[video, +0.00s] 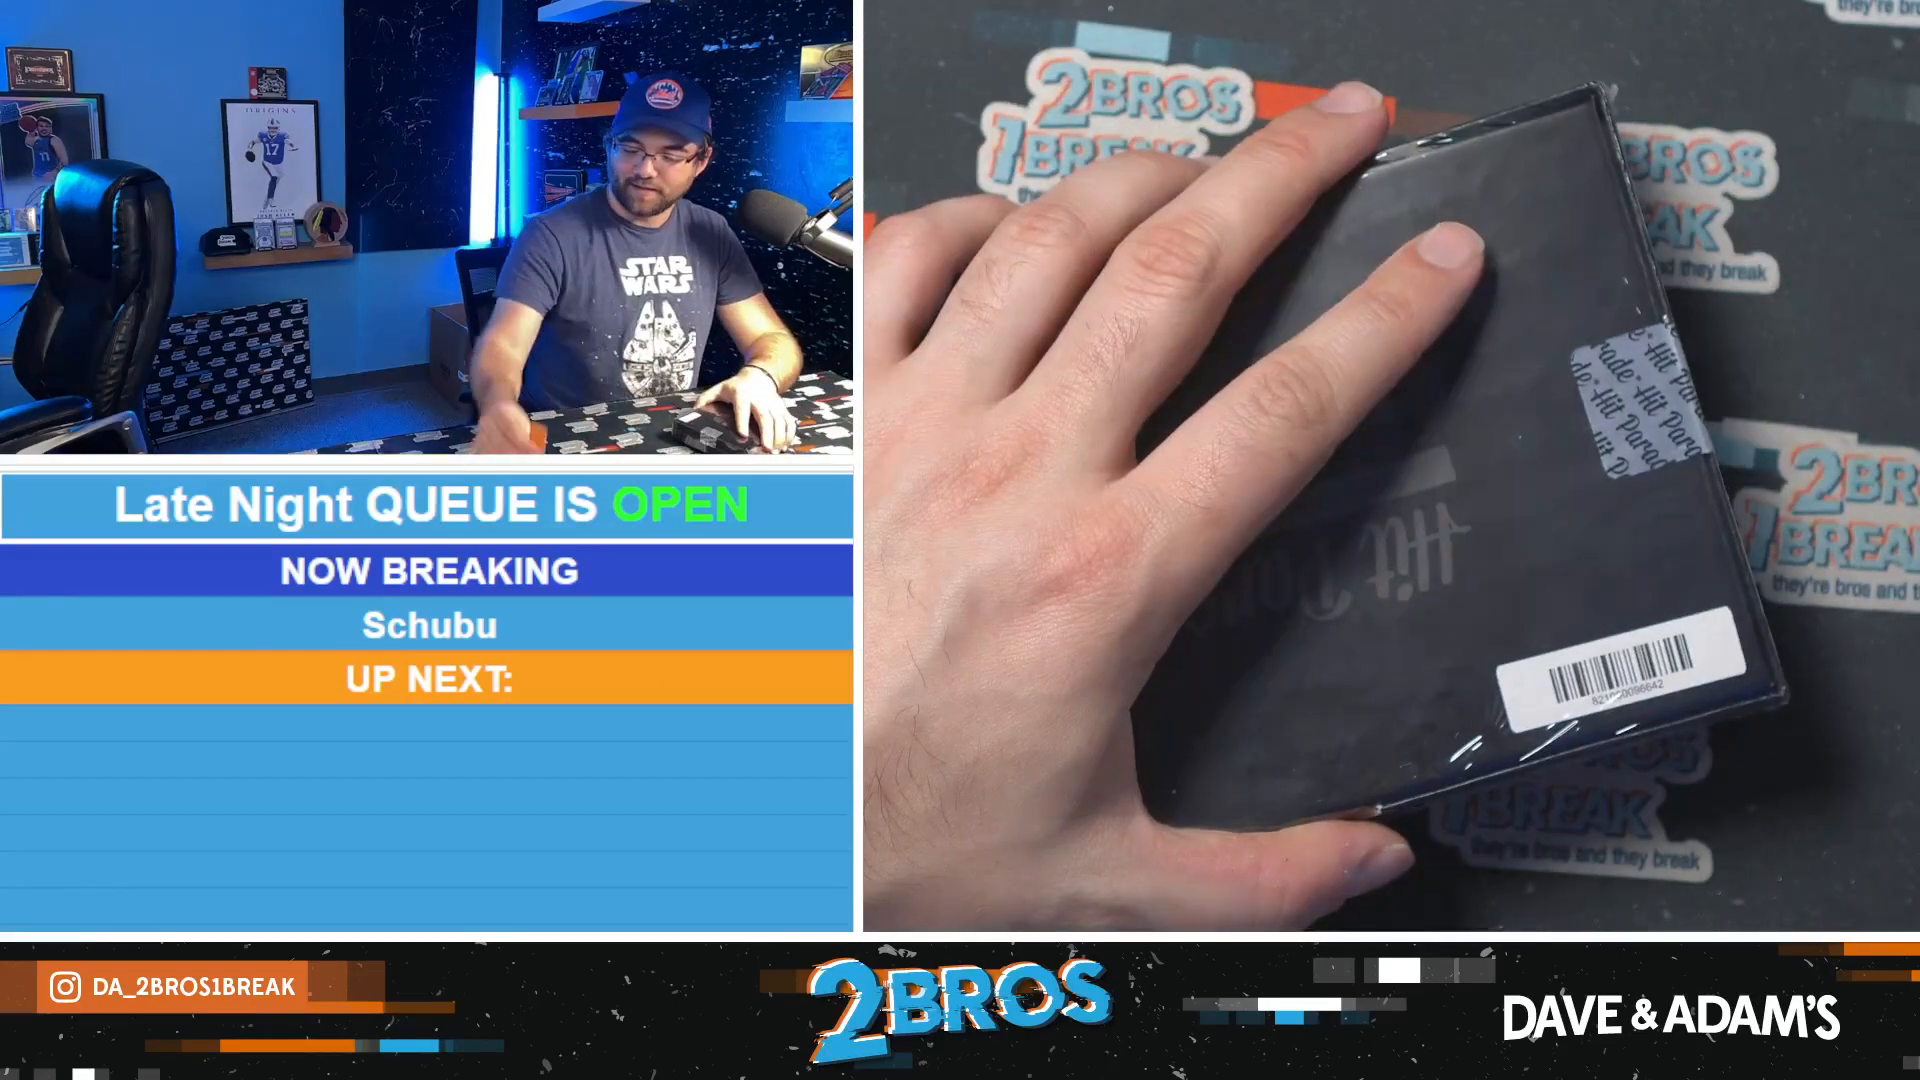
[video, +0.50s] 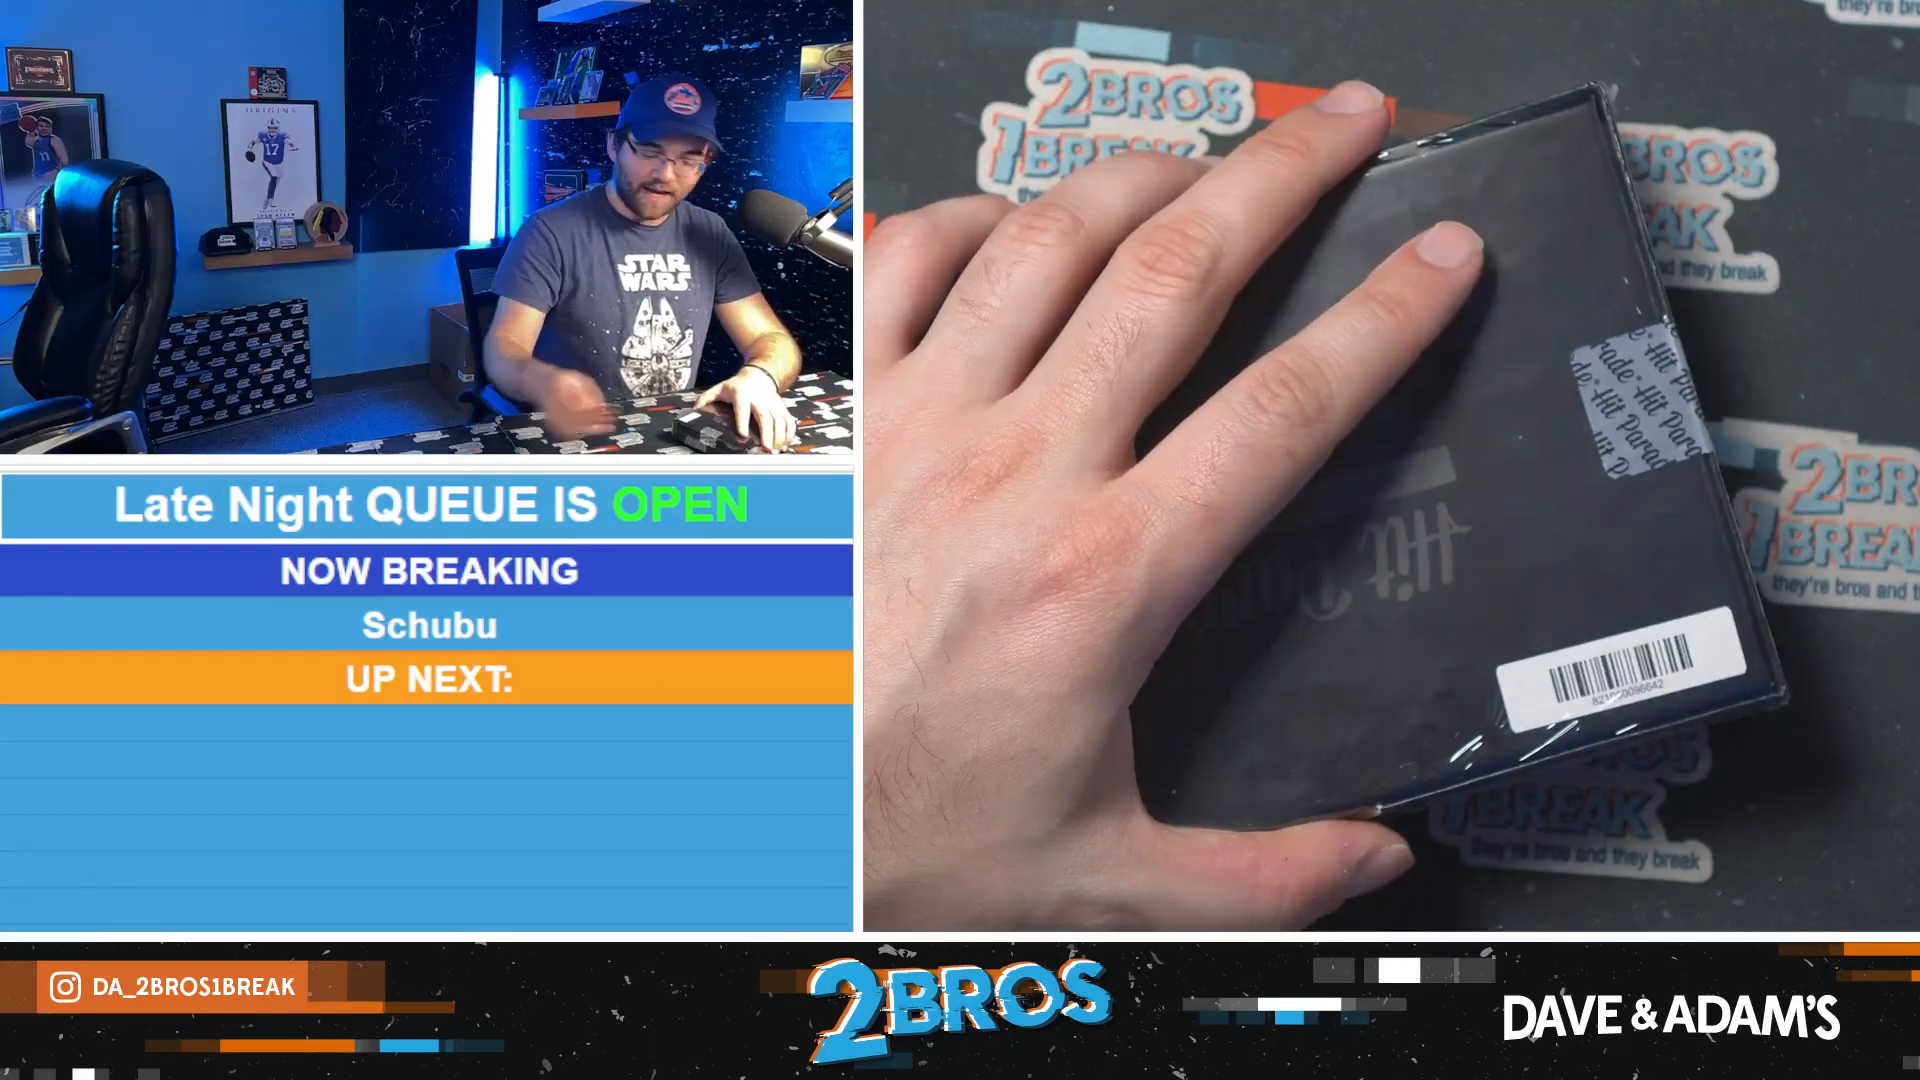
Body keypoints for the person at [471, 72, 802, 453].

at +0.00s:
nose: (645, 170)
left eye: (670, 155)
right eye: (631, 149)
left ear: (701, 161)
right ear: (610, 148)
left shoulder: (709, 236)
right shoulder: (550, 238)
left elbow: (772, 341)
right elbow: (499, 348)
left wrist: (760, 376)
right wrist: (496, 408)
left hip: (677, 455)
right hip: (568, 457)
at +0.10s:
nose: (644, 171)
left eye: (669, 156)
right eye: (631, 149)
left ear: (700, 161)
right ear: (611, 146)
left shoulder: (709, 236)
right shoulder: (549, 237)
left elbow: (772, 341)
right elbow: (503, 349)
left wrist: (760, 376)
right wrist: (494, 424)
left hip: (678, 452)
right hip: (569, 456)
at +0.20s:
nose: (644, 170)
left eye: (669, 155)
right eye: (630, 149)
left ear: (699, 160)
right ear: (610, 147)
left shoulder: (709, 236)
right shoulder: (550, 235)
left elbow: (771, 341)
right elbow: (505, 344)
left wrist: (760, 376)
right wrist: (498, 423)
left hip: (676, 452)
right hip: (568, 455)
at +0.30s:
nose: (644, 168)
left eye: (668, 153)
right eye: (631, 148)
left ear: (699, 159)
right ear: (611, 147)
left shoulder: (708, 236)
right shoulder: (551, 234)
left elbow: (771, 341)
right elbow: (505, 341)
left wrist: (760, 376)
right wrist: (496, 423)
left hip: (675, 453)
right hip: (567, 456)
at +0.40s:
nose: (652, 169)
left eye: (675, 154)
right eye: (637, 147)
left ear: (701, 160)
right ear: (613, 145)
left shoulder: (708, 236)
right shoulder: (552, 235)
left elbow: (771, 341)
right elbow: (503, 344)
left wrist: (760, 376)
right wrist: (509, 401)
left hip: (677, 456)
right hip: (570, 456)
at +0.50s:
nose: (665, 176)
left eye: (687, 161)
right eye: (650, 153)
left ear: (703, 167)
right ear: (614, 145)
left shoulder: (708, 235)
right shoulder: (550, 235)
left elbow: (771, 341)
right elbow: (501, 351)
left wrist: (759, 376)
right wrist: (548, 386)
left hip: (678, 457)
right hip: (575, 463)